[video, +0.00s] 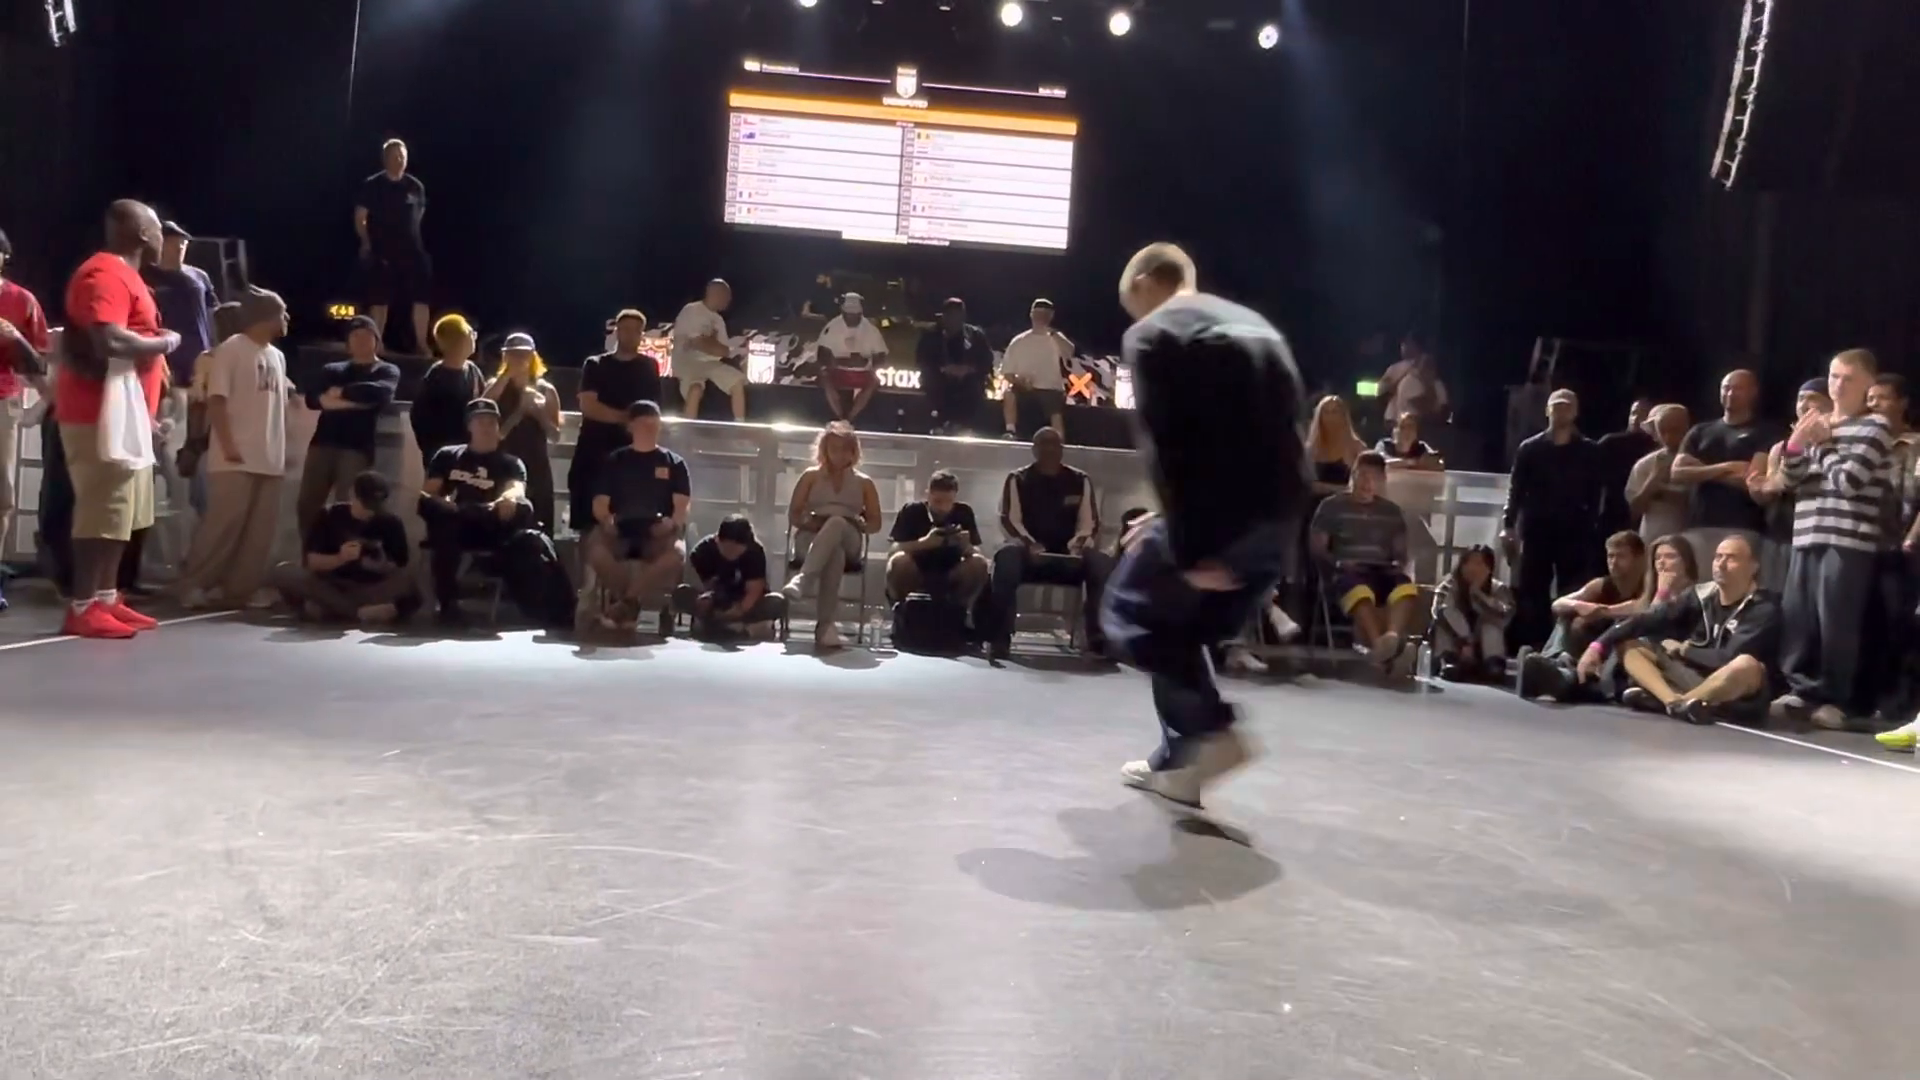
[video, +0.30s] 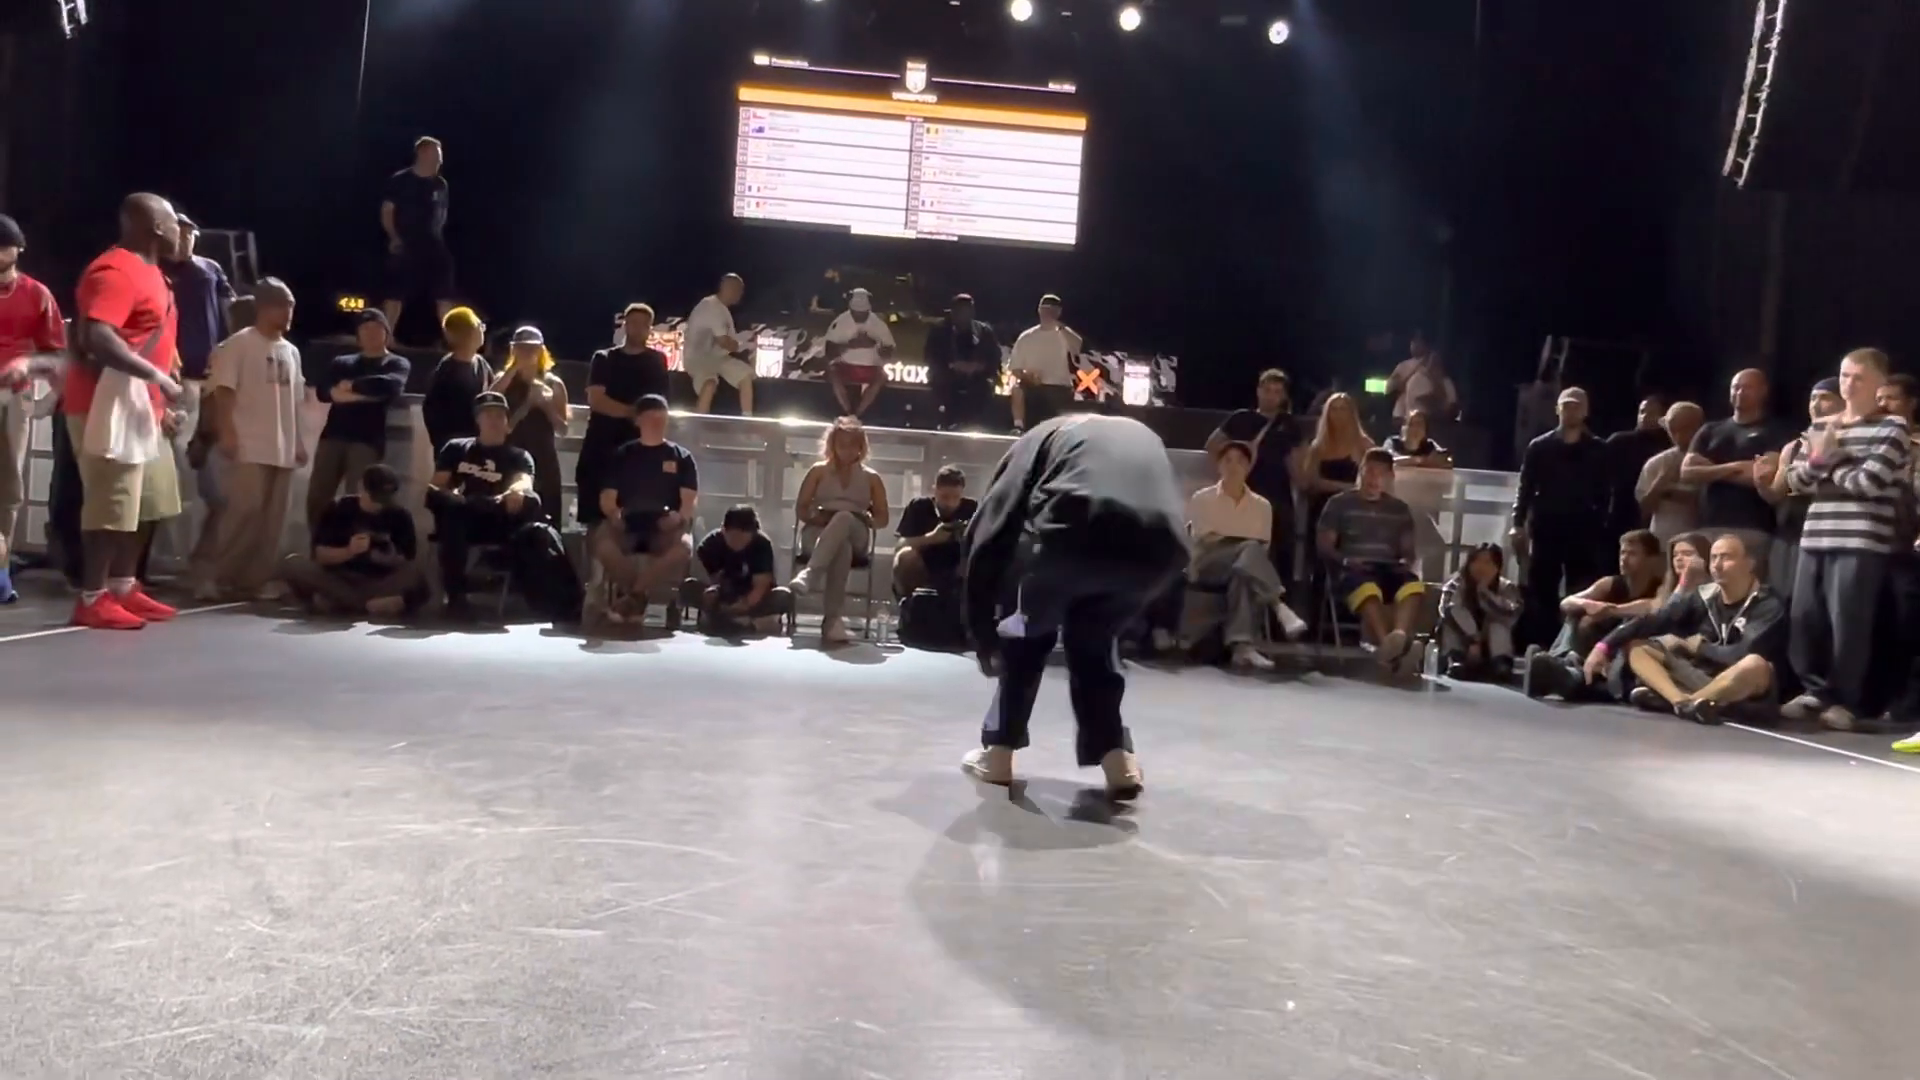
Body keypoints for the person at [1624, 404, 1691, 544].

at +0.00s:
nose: (1669, 437)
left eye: (1675, 430)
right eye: (1663, 431)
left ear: (1686, 430)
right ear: (1657, 433)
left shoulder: (1696, 461)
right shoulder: (1644, 465)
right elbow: (1634, 509)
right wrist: (1654, 479)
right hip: (1652, 537)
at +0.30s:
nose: (1677, 436)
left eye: (1683, 429)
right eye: (1673, 430)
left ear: (1698, 428)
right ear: (1668, 430)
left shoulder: (1709, 462)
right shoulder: (1656, 464)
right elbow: (1643, 510)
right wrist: (1661, 481)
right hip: (1662, 542)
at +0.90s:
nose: (1692, 438)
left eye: (1699, 430)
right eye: (1687, 431)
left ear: (1714, 429)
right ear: (1683, 431)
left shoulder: (1724, 461)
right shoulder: (1670, 464)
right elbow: (1657, 507)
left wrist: (1685, 494)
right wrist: (1673, 482)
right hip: (1675, 539)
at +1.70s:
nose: (1710, 429)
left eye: (1717, 421)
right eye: (1705, 422)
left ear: (1729, 421)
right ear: (1700, 424)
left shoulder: (1739, 455)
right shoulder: (1686, 457)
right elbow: (1672, 499)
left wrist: (1697, 487)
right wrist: (1690, 474)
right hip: (1691, 536)